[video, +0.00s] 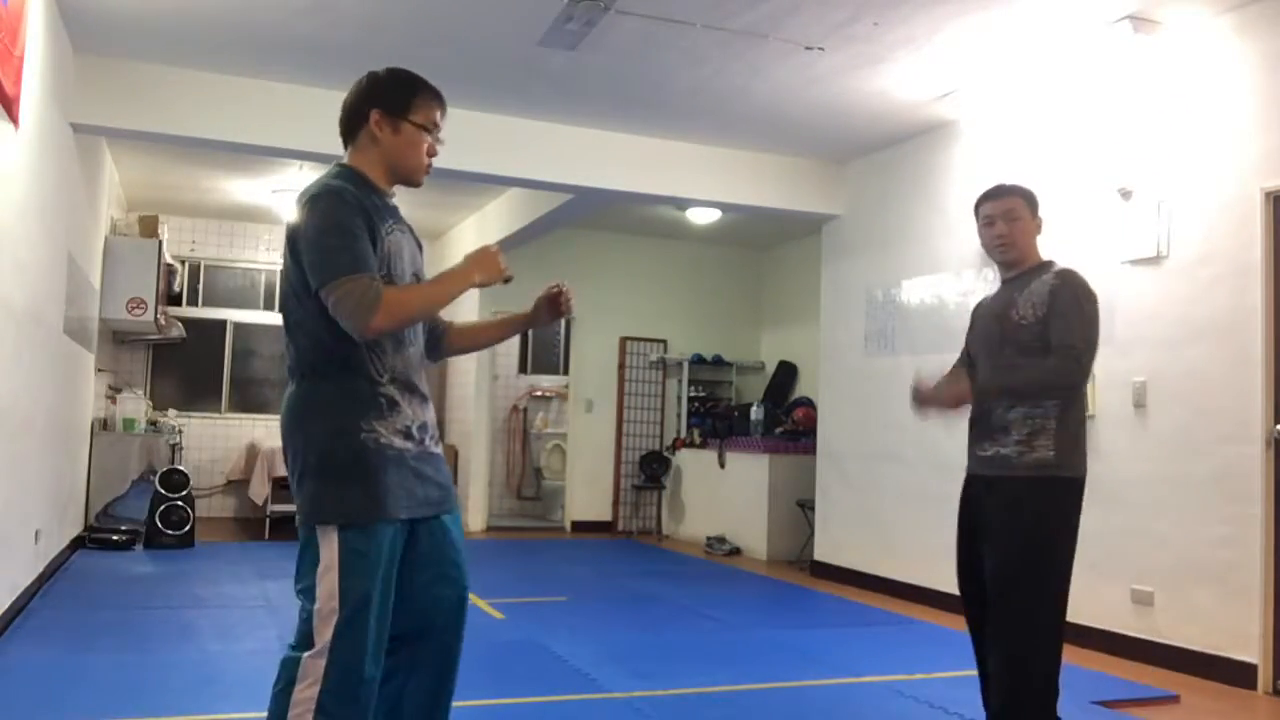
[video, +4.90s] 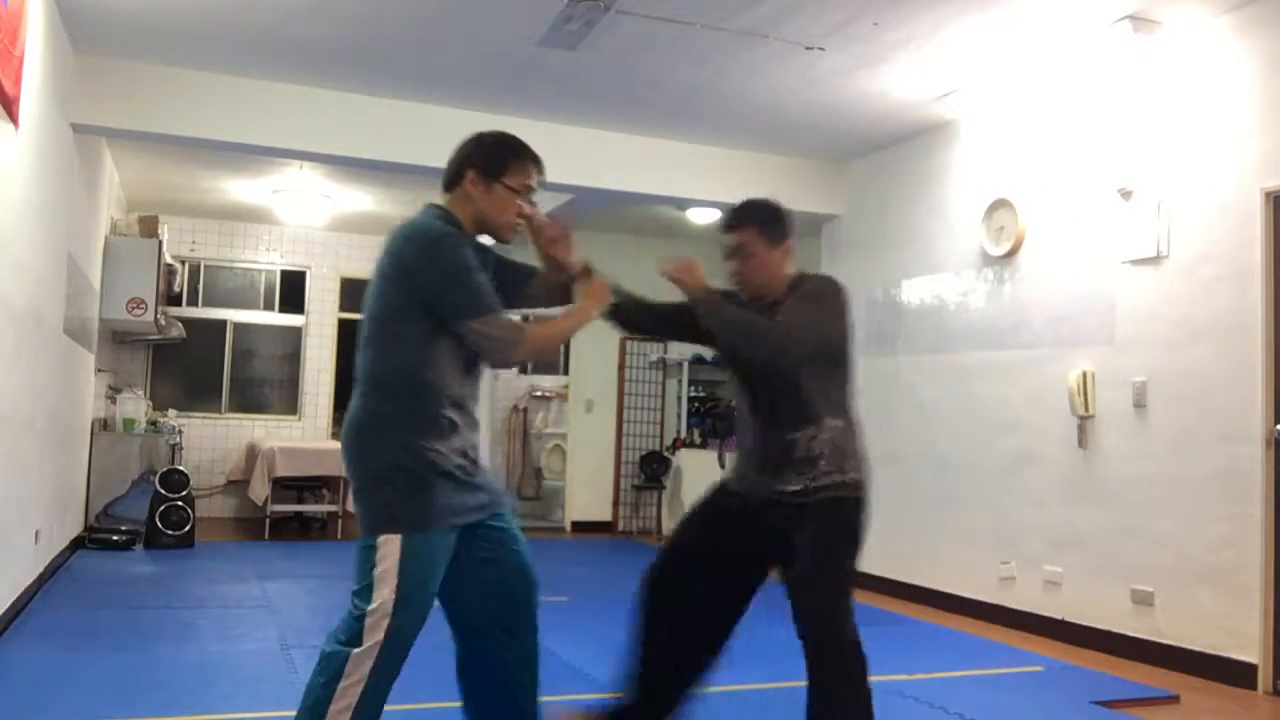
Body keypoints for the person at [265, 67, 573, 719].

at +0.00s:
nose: (436, 148)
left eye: (439, 136)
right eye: (427, 131)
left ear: (390, 132)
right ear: (378, 125)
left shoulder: (398, 228)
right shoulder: (332, 202)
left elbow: (430, 339)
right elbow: (365, 313)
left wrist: (526, 320)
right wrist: (466, 273)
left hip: (417, 454)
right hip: (351, 456)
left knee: (436, 614)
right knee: (341, 637)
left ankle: (408, 719)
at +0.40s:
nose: (462, 159)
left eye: (474, 147)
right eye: (446, 143)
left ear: (484, 158)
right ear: (411, 147)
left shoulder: (467, 247)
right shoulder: (381, 223)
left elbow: (484, 356)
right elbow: (370, 338)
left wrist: (564, 337)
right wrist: (488, 331)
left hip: (459, 475)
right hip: (386, 475)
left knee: (459, 651)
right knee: (359, 655)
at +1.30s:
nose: (512, 188)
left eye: (521, 180)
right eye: (498, 173)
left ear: (525, 188)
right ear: (459, 172)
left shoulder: (479, 250)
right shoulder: (449, 242)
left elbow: (508, 363)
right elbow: (474, 348)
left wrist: (579, 348)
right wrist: (555, 324)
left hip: (502, 463)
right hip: (453, 464)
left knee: (530, 616)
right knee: (425, 618)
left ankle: (531, 714)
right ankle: (354, 715)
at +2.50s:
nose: (549, 200)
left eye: (552, 188)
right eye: (545, 184)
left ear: (506, 180)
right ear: (509, 175)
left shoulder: (494, 249)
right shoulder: (473, 242)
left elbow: (559, 346)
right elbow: (543, 337)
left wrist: (640, 310)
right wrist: (593, 289)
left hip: (518, 464)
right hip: (472, 465)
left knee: (566, 600)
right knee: (450, 627)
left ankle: (555, 715)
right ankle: (398, 718)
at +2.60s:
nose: (568, 206)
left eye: (571, 194)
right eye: (563, 191)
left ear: (528, 187)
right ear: (527, 183)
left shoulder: (531, 262)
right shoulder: (484, 249)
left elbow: (616, 309)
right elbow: (572, 323)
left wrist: (696, 273)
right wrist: (614, 272)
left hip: (529, 464)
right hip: (479, 465)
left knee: (568, 622)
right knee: (454, 630)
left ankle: (587, 716)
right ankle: (399, 716)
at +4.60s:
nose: (580, 217)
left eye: (582, 205)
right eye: (574, 202)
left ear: (535, 198)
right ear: (534, 194)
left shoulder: (529, 267)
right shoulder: (496, 255)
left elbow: (608, 318)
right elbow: (564, 349)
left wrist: (631, 239)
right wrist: (627, 307)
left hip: (530, 470)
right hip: (479, 470)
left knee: (567, 604)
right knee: (462, 623)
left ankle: (563, 716)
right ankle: (395, 714)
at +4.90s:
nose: (527, 208)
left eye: (531, 195)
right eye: (520, 191)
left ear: (475, 187)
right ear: (473, 181)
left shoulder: (468, 253)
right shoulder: (431, 241)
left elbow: (552, 295)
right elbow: (505, 345)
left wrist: (559, 261)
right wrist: (584, 312)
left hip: (458, 464)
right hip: (405, 464)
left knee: (505, 603)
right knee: (383, 625)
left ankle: (506, 718)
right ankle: (325, 719)